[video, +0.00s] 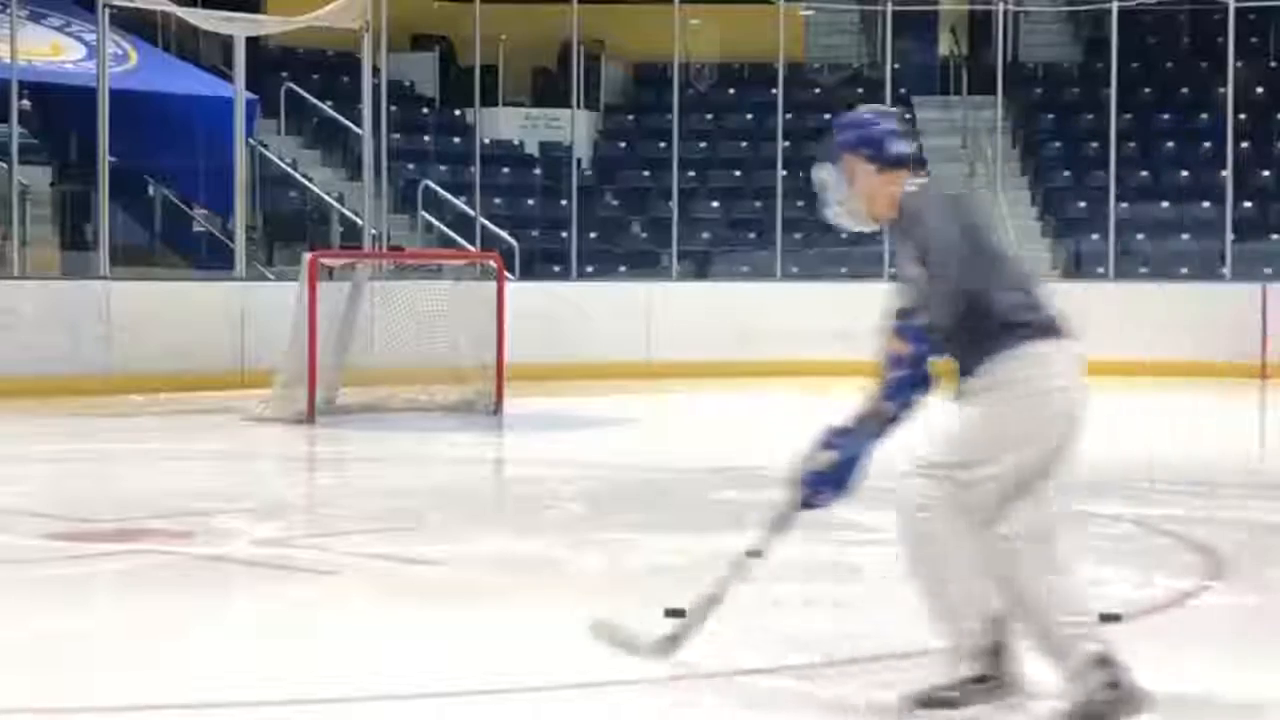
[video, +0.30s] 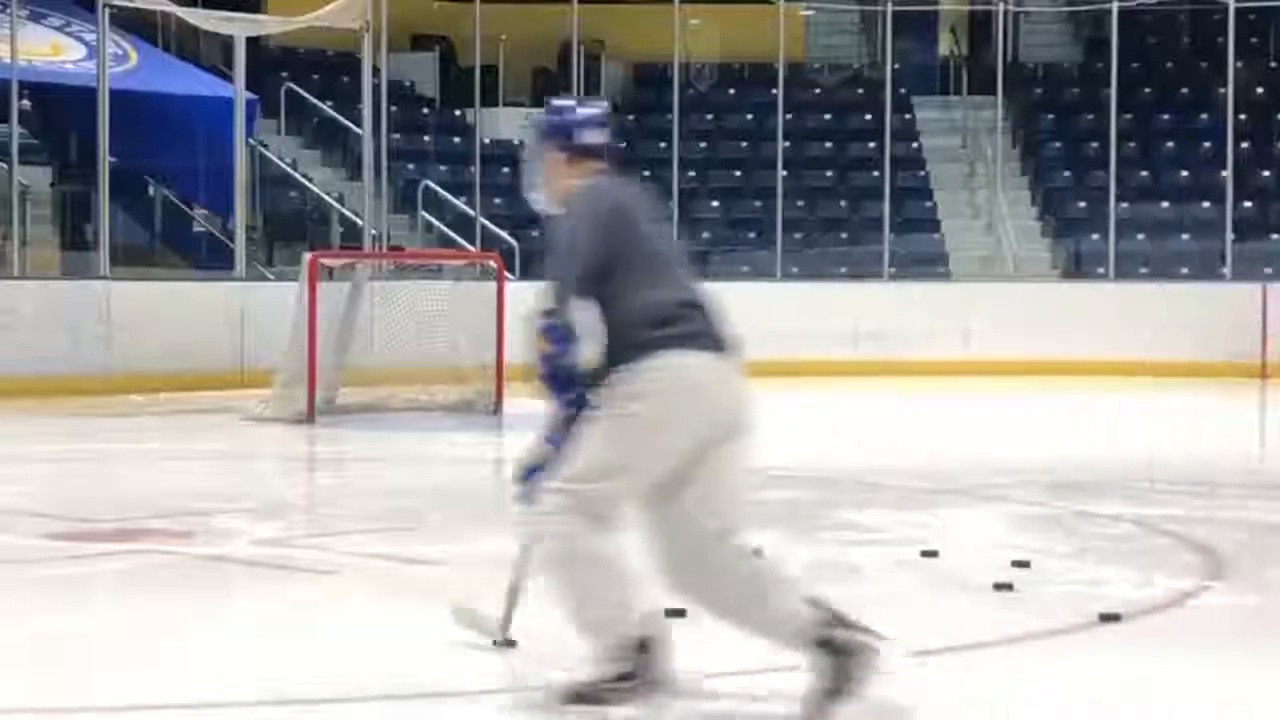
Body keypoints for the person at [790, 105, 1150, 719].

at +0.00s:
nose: (845, 189)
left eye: (849, 172)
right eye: (842, 174)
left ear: (881, 167)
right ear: (892, 169)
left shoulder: (928, 213)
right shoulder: (919, 225)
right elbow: (911, 363)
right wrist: (851, 444)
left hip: (1026, 376)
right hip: (1044, 376)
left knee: (927, 487)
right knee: (1007, 528)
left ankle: (981, 661)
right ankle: (1097, 674)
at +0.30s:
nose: (540, 173)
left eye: (545, 159)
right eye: (541, 160)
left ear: (567, 157)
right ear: (599, 155)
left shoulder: (590, 202)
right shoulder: (634, 204)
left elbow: (567, 309)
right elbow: (610, 361)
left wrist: (562, 348)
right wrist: (552, 449)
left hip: (663, 376)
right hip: (719, 379)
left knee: (565, 505)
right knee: (695, 550)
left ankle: (629, 654)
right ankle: (830, 637)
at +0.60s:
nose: (325, 155)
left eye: (325, 146)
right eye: (334, 146)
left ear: (318, 146)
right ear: (370, 148)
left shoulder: (296, 187)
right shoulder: (393, 205)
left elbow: (250, 263)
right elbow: (399, 288)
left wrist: (263, 328)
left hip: (329, 363)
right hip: (397, 368)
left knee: (255, 499)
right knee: (349, 526)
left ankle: (279, 640)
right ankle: (446, 597)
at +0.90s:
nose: (237, 181)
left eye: (238, 167)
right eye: (234, 167)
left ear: (176, 155)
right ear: (211, 165)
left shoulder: (112, 189)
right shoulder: (218, 223)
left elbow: (34, 242)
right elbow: (222, 318)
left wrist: (68, 303)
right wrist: (215, 400)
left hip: (95, 359)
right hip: (171, 372)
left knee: (42, 487)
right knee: (153, 483)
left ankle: (14, 603)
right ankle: (175, 570)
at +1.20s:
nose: (209, 194)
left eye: (214, 182)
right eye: (207, 179)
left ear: (161, 163)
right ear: (181, 170)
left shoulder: (89, 196)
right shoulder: (169, 236)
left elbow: (66, 264)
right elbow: (184, 330)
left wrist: (116, 334)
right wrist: (217, 400)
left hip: (20, 334)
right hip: (88, 348)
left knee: (5, 460)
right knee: (126, 455)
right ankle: (133, 562)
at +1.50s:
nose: (239, 208)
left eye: (243, 197)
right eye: (239, 194)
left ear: (195, 177)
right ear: (221, 186)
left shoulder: (142, 199)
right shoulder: (190, 243)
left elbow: (116, 261)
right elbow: (208, 331)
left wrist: (150, 322)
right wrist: (236, 396)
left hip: (39, 312)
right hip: (94, 326)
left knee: (19, 442)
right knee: (138, 433)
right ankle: (154, 538)